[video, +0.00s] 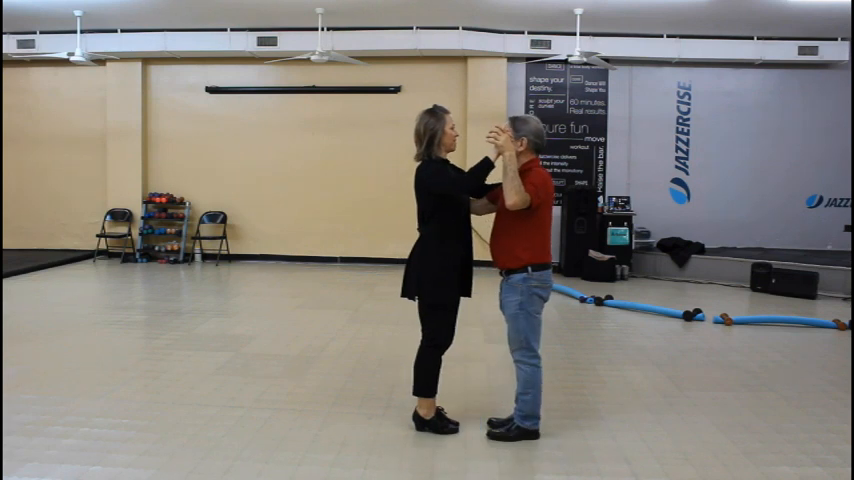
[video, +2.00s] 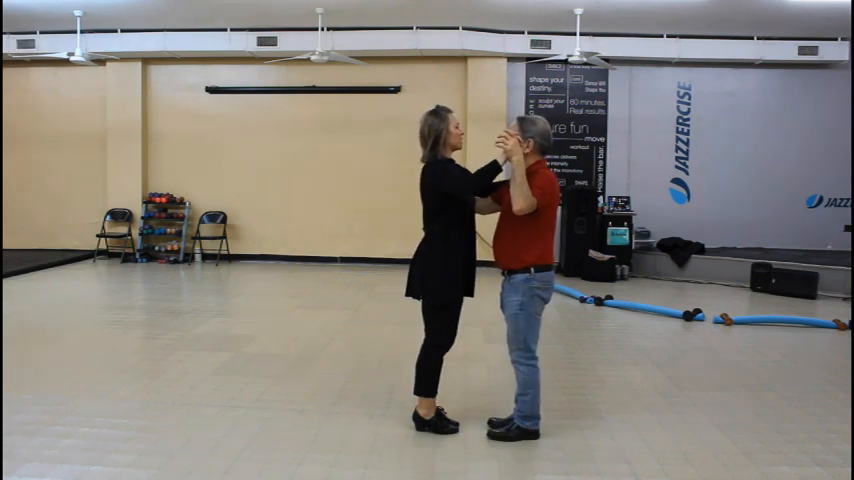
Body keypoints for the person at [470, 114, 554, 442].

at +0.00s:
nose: (501, 142)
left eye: (506, 136)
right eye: (502, 136)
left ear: (521, 143)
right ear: (521, 144)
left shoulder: (538, 176)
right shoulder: (517, 177)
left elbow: (515, 201)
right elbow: (479, 205)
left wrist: (508, 156)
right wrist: (447, 192)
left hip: (529, 277)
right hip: (516, 275)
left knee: (526, 353)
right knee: (521, 352)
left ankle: (527, 423)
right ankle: (522, 416)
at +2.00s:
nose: (507, 142)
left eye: (512, 137)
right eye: (508, 137)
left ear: (527, 144)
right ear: (527, 145)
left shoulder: (544, 176)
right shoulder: (520, 179)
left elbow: (522, 206)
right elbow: (483, 204)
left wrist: (516, 162)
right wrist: (451, 189)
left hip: (531, 277)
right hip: (517, 276)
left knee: (524, 354)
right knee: (519, 353)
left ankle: (527, 422)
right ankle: (522, 416)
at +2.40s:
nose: (504, 145)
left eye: (510, 139)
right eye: (505, 139)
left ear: (526, 145)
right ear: (526, 146)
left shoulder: (543, 178)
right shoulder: (519, 179)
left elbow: (522, 207)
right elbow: (483, 204)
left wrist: (515, 162)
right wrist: (450, 191)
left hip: (530, 277)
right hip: (515, 276)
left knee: (523, 353)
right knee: (518, 352)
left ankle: (527, 422)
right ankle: (522, 416)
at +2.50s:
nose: (501, 147)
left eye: (507, 141)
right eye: (502, 141)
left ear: (525, 146)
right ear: (525, 146)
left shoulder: (544, 179)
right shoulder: (519, 180)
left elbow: (521, 208)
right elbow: (481, 204)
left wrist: (514, 163)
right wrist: (448, 191)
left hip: (529, 278)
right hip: (514, 276)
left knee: (522, 353)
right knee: (516, 352)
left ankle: (527, 423)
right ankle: (522, 415)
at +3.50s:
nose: (456, 149)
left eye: (462, 145)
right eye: (458, 144)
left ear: (481, 154)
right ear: (479, 154)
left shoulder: (496, 188)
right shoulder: (472, 187)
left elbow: (470, 219)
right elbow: (434, 214)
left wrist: (452, 177)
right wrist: (395, 207)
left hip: (486, 285)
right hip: (479, 283)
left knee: (448, 354)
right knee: (481, 352)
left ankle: (440, 430)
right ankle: (514, 415)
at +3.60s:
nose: (464, 147)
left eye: (470, 143)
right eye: (466, 141)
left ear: (488, 150)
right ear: (488, 151)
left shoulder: (504, 186)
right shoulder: (479, 185)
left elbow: (479, 218)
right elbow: (440, 211)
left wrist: (463, 177)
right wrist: (403, 202)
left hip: (494, 282)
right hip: (488, 280)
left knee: (463, 354)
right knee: (493, 351)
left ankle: (444, 430)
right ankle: (516, 417)